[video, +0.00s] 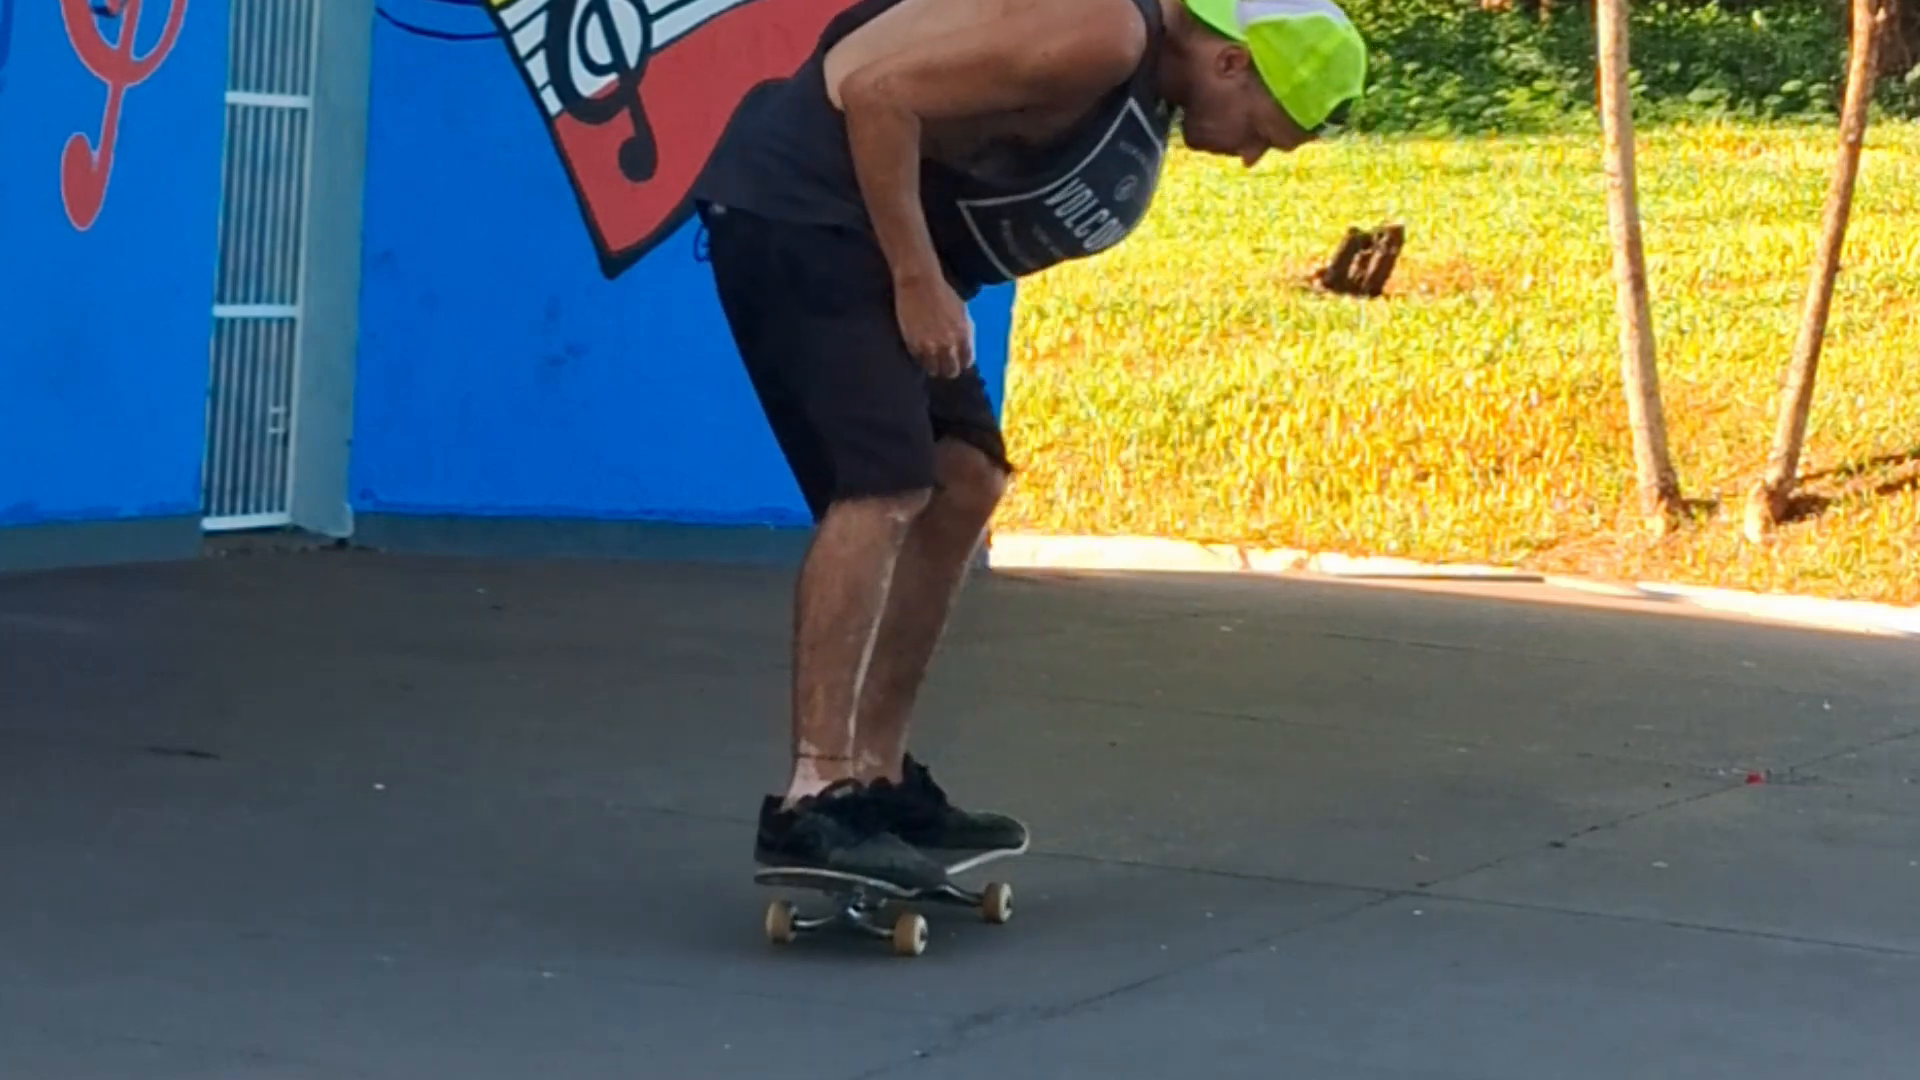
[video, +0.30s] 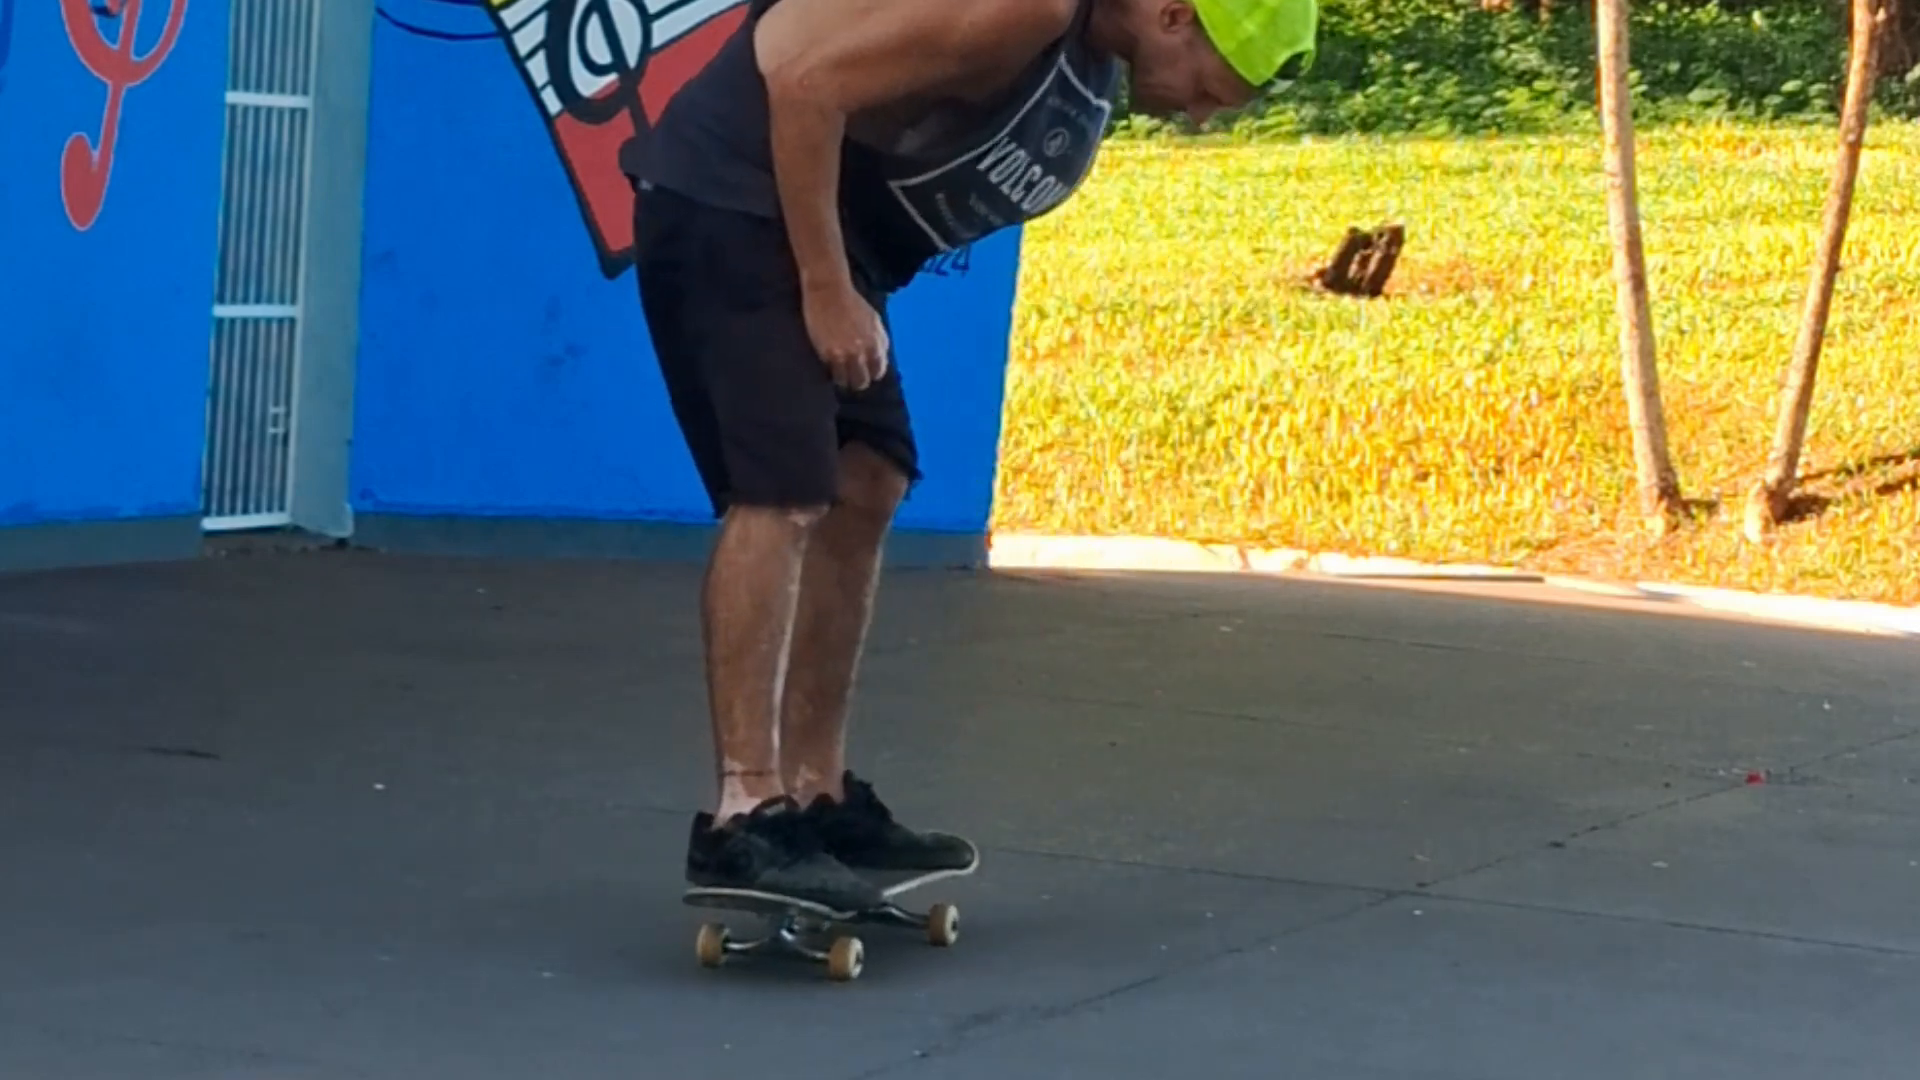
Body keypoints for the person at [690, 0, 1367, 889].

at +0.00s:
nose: (1251, 159)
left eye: (1271, 147)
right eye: (1261, 135)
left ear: (1235, 67)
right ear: (1233, 65)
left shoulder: (1143, 99)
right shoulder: (1100, 38)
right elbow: (874, 86)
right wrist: (920, 279)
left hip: (890, 238)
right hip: (798, 207)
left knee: (965, 479)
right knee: (880, 482)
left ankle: (876, 776)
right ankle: (813, 795)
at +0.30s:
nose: (1207, 116)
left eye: (1227, 105)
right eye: (1212, 90)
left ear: (1169, 18)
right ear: (1173, 18)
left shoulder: (1089, 69)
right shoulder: (1016, 22)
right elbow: (803, 76)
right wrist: (829, 285)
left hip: (834, 243)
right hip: (727, 204)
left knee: (866, 477)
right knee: (782, 483)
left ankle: (816, 796)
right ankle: (742, 814)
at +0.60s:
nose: (1151, 89)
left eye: (1170, 79)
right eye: (1155, 63)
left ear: (1101, 11)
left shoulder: (1006, 50)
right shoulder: (943, 12)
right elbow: (731, 77)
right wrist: (742, 291)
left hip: (758, 229)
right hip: (655, 195)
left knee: (760, 497)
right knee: (676, 496)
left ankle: (748, 814)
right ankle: (667, 832)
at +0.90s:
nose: (1082, 58)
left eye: (1096, 49)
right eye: (1084, 36)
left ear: (1050, 16)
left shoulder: (956, 43)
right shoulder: (863, 10)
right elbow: (645, 78)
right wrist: (651, 297)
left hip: (682, 229)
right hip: (571, 197)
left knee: (668, 514)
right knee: (578, 507)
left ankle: (677, 831)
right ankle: (585, 854)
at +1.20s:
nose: (1014, 23)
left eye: (1026, 20)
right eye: (1012, 6)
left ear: (993, 17)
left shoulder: (907, 51)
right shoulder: (771, 4)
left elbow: (723, 143)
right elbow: (550, 67)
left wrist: (685, 311)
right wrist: (557, 294)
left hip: (609, 225)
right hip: (479, 178)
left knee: (590, 521)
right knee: (485, 512)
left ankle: (603, 854)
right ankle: (499, 874)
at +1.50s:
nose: (920, 14)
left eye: (934, 10)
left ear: (906, 9)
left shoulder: (794, 33)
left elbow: (658, 156)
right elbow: (451, 64)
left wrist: (604, 330)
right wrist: (464, 298)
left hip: (519, 215)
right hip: (388, 169)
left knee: (501, 524)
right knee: (393, 521)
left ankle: (519, 873)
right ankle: (403, 895)